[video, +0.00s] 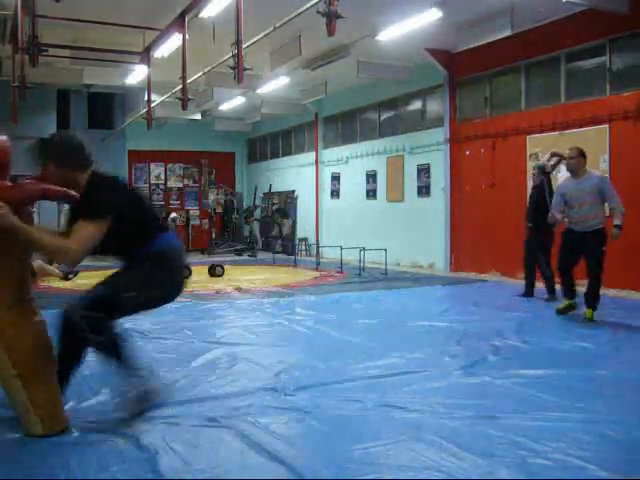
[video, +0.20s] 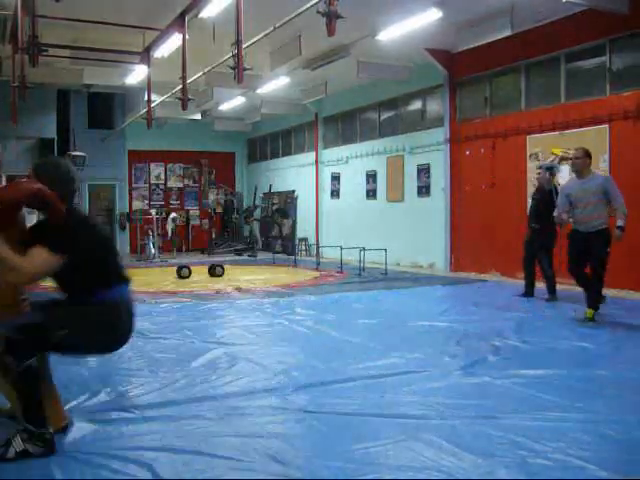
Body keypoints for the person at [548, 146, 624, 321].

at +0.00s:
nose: (568, 162)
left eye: (572, 158)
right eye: (566, 159)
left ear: (583, 160)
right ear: (565, 162)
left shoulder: (599, 181)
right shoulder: (563, 186)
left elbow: (615, 203)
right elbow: (555, 210)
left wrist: (617, 223)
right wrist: (555, 217)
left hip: (595, 230)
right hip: (573, 230)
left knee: (595, 271)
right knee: (564, 266)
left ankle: (590, 307)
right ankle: (569, 299)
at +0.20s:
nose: (572, 162)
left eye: (577, 159)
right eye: (571, 159)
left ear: (588, 161)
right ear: (570, 162)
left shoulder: (603, 181)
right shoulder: (567, 187)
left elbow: (618, 203)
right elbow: (560, 211)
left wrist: (620, 224)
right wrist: (560, 217)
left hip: (599, 230)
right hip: (578, 231)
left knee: (597, 270)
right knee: (574, 267)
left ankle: (592, 307)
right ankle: (595, 294)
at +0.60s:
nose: (582, 163)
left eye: (586, 160)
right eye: (580, 160)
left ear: (596, 162)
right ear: (579, 164)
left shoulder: (612, 182)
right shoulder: (575, 188)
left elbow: (626, 205)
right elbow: (569, 209)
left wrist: (626, 225)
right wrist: (570, 217)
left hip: (606, 231)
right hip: (586, 231)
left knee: (600, 269)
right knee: (587, 268)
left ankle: (594, 306)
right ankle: (602, 302)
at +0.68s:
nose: (584, 163)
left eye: (588, 160)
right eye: (582, 160)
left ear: (598, 162)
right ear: (580, 164)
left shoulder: (613, 181)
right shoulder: (576, 188)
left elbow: (627, 204)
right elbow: (572, 209)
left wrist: (629, 224)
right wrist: (572, 217)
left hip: (608, 230)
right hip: (587, 230)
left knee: (601, 268)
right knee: (588, 267)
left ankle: (595, 304)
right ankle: (602, 302)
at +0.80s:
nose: (585, 163)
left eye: (590, 160)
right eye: (584, 160)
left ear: (599, 162)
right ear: (582, 163)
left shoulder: (614, 181)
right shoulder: (577, 188)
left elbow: (628, 204)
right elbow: (574, 211)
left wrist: (631, 224)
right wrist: (573, 218)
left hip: (609, 230)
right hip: (589, 230)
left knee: (603, 267)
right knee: (590, 268)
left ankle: (597, 302)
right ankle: (603, 302)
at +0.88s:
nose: (587, 163)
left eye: (591, 159)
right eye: (585, 160)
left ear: (600, 162)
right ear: (583, 163)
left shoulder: (616, 181)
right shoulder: (579, 187)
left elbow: (629, 203)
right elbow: (574, 210)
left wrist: (633, 223)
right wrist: (573, 217)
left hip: (611, 228)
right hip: (590, 229)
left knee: (605, 266)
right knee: (592, 266)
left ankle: (601, 302)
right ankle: (600, 301)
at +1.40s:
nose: (598, 162)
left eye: (602, 159)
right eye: (596, 159)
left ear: (610, 162)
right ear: (593, 163)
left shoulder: (625, 181)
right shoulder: (589, 185)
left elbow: (636, 204)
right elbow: (585, 208)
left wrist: (637, 223)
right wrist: (585, 215)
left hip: (621, 229)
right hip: (600, 229)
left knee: (629, 266)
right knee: (598, 269)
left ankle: (638, 293)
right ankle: (603, 303)